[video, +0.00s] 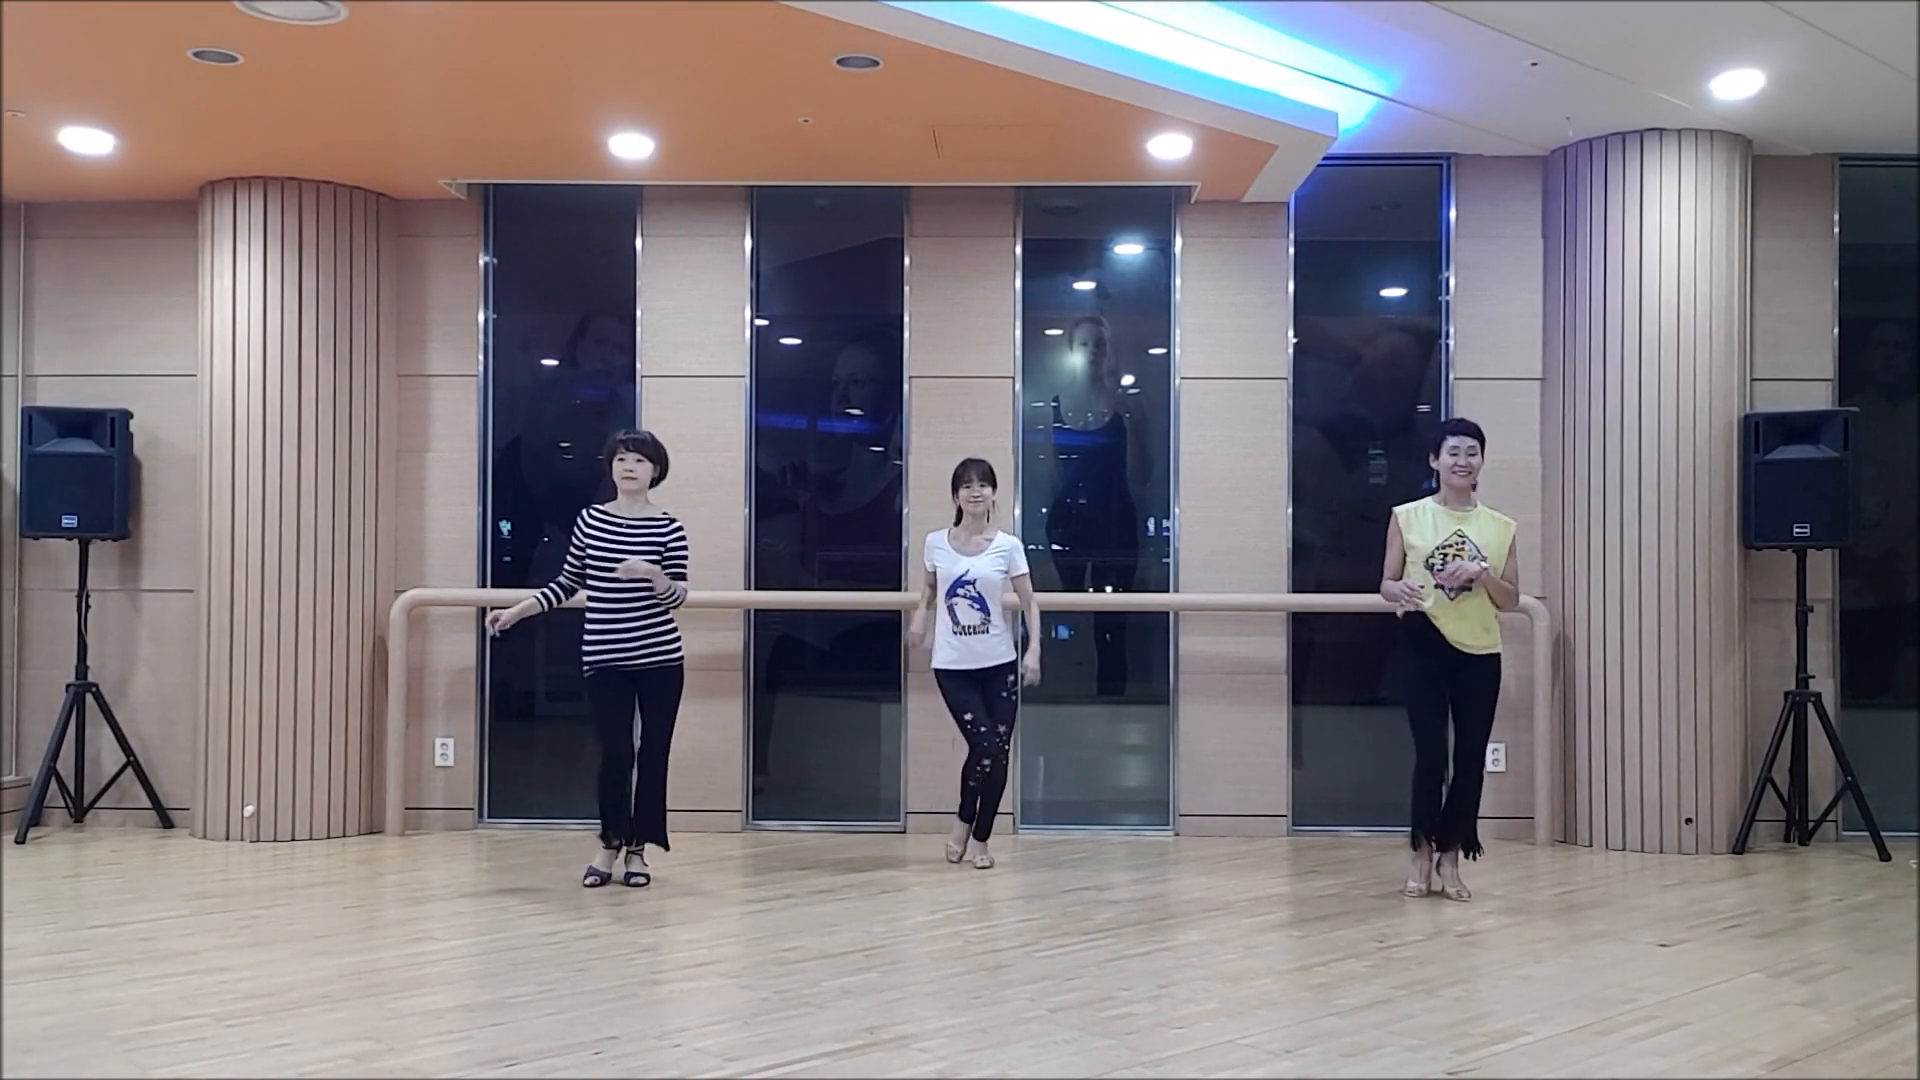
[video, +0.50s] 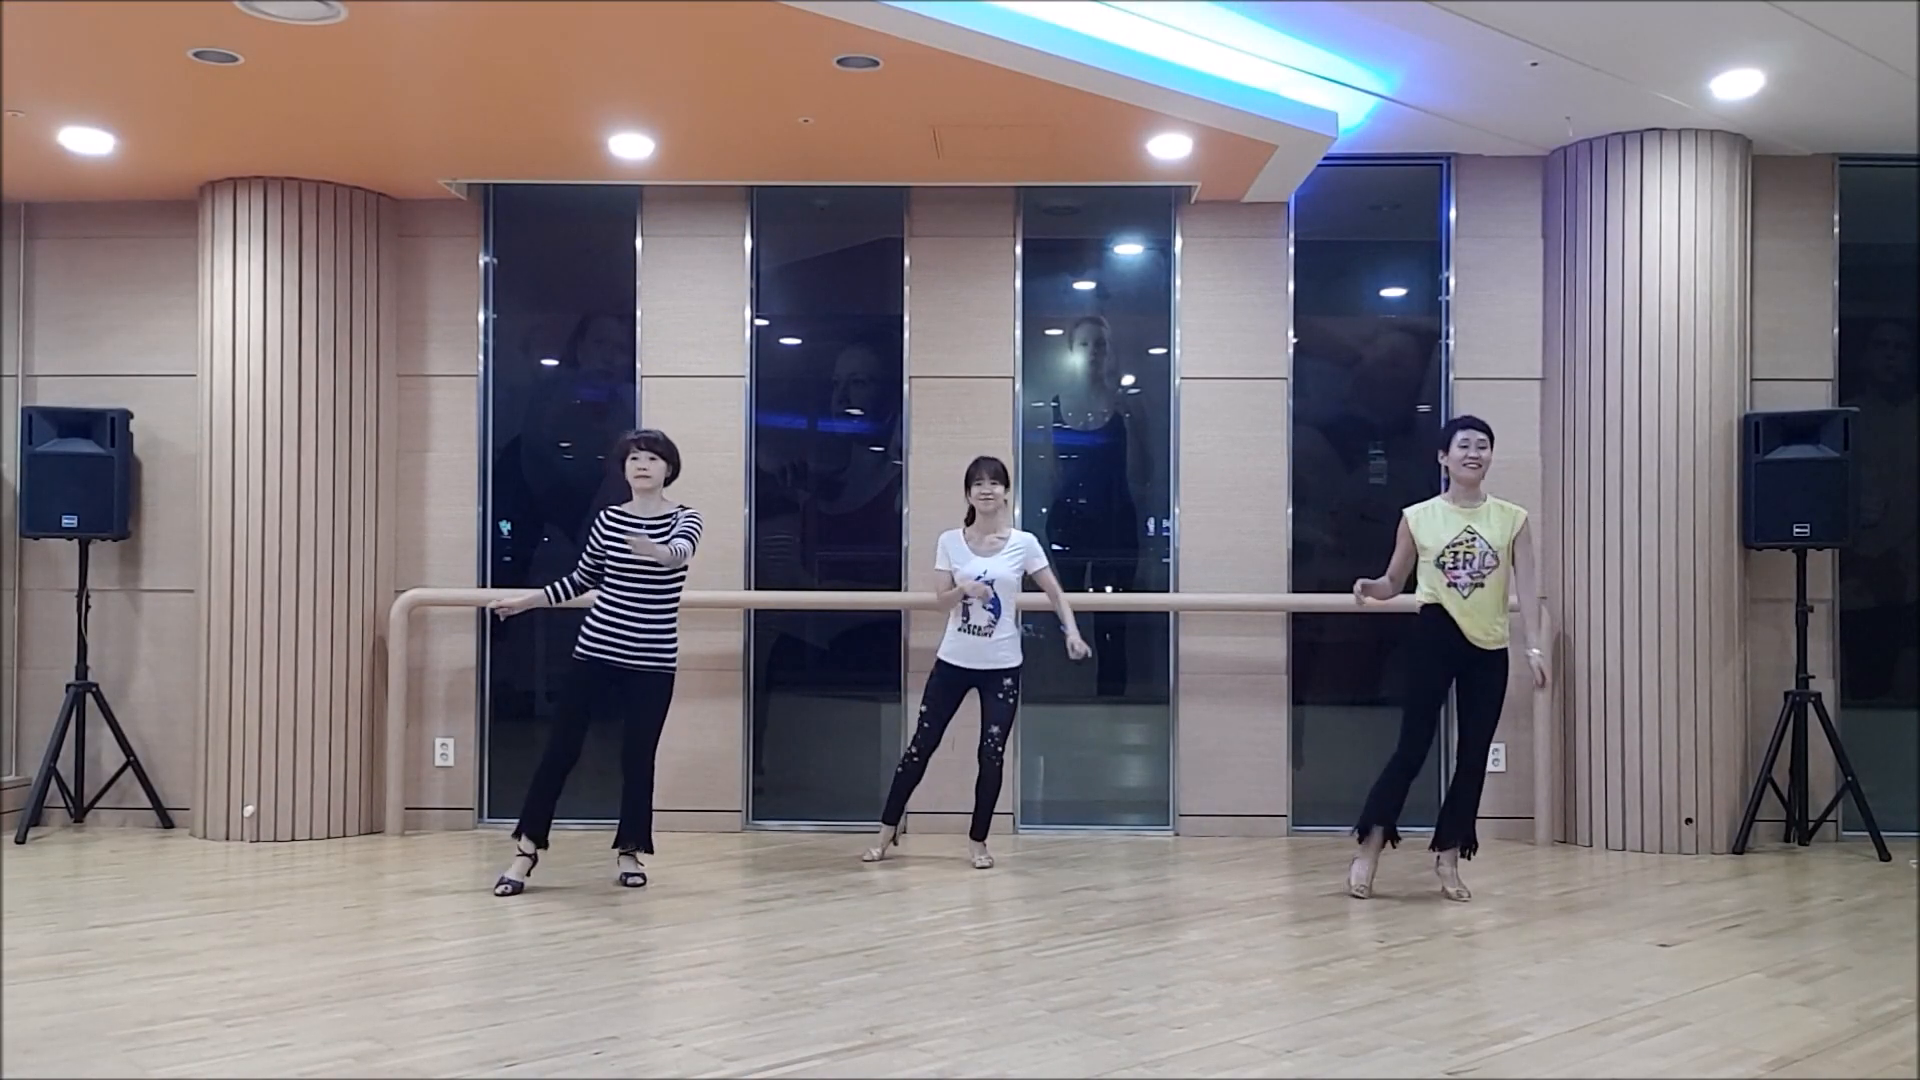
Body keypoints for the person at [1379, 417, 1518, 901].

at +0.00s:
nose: (1463, 461)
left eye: (1472, 453)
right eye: (1454, 453)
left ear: (1483, 462)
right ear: (1436, 461)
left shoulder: (1500, 527)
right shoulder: (1407, 516)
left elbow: (1510, 600)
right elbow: (1387, 585)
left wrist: (1482, 574)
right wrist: (1395, 588)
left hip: (1479, 651)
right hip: (1423, 644)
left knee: (1470, 758)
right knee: (1432, 755)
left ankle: (1450, 858)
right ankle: (1421, 855)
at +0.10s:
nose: (1462, 452)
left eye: (1471, 446)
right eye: (1454, 445)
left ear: (1482, 458)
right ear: (1435, 454)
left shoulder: (1501, 520)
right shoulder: (1408, 512)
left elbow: (1506, 592)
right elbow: (1384, 578)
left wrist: (1481, 563)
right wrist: (1396, 584)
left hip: (1481, 645)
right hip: (1425, 637)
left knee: (1469, 756)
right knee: (1415, 747)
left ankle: (1449, 857)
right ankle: (1401, 849)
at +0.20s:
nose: (1461, 450)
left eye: (1469, 443)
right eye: (1452, 443)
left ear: (1482, 455)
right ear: (1434, 454)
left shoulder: (1503, 516)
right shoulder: (1410, 514)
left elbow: (1520, 584)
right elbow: (1389, 578)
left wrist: (1487, 559)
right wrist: (1393, 585)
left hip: (1478, 642)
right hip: (1423, 636)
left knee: (1470, 756)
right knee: (1407, 744)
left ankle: (1448, 855)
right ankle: (1365, 843)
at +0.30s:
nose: (1464, 457)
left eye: (1472, 450)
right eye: (1454, 450)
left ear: (1483, 461)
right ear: (1436, 461)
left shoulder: (1503, 521)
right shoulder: (1413, 520)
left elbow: (1525, 580)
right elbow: (1395, 590)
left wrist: (1490, 577)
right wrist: (1386, 601)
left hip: (1476, 645)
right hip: (1421, 637)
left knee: (1474, 759)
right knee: (1400, 751)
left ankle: (1448, 855)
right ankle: (1357, 848)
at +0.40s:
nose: (1469, 454)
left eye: (1477, 447)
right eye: (1459, 447)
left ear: (1487, 457)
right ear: (1440, 457)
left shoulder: (1505, 517)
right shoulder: (1415, 515)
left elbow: (1517, 574)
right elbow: (1394, 578)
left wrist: (1515, 611)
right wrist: (1372, 598)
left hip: (1481, 643)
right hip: (1427, 638)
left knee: (1472, 758)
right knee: (1404, 749)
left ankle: (1447, 853)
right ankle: (1363, 850)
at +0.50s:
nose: (1474, 454)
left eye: (1482, 447)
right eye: (1465, 447)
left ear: (1492, 459)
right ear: (1444, 457)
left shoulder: (1511, 519)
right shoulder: (1419, 517)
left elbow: (1526, 590)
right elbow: (1392, 584)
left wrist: (1534, 647)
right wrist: (1373, 588)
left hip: (1489, 644)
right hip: (1435, 638)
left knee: (1474, 756)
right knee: (1414, 746)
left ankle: (1448, 852)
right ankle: (1370, 845)